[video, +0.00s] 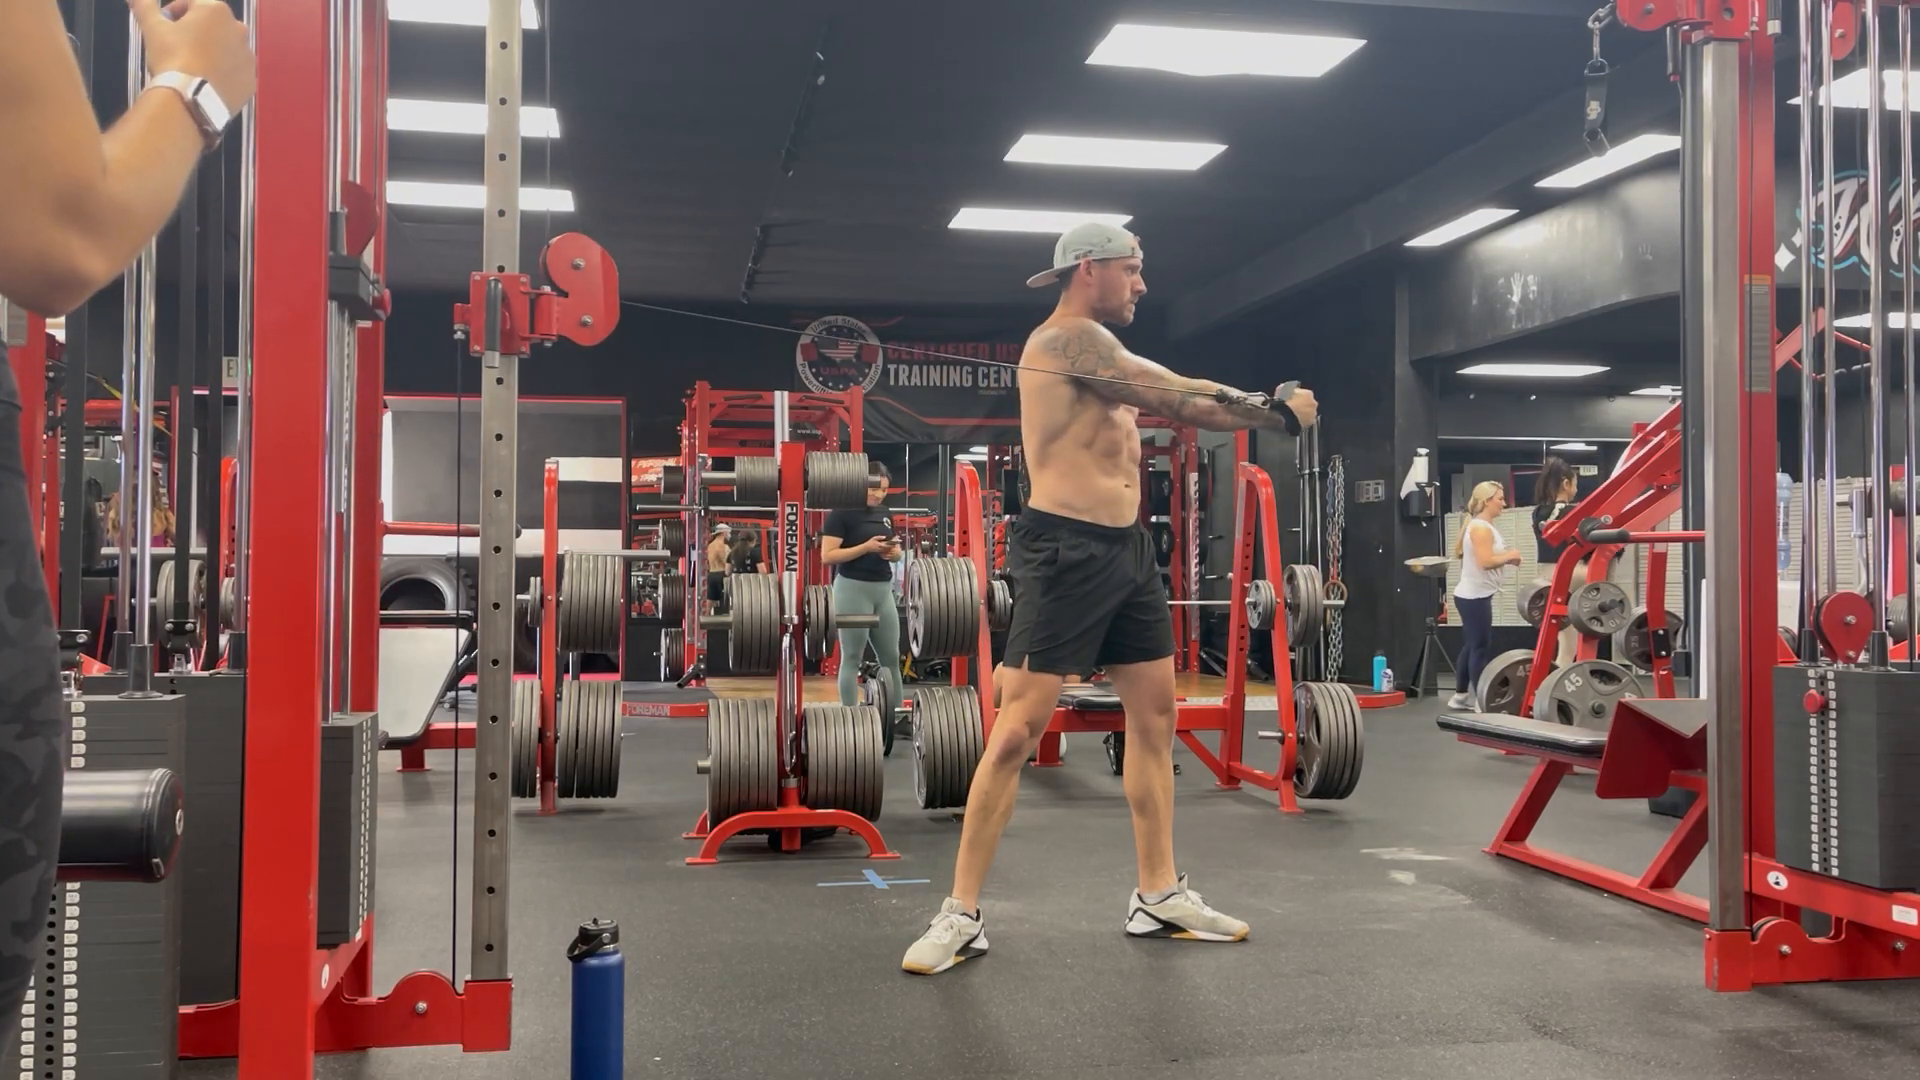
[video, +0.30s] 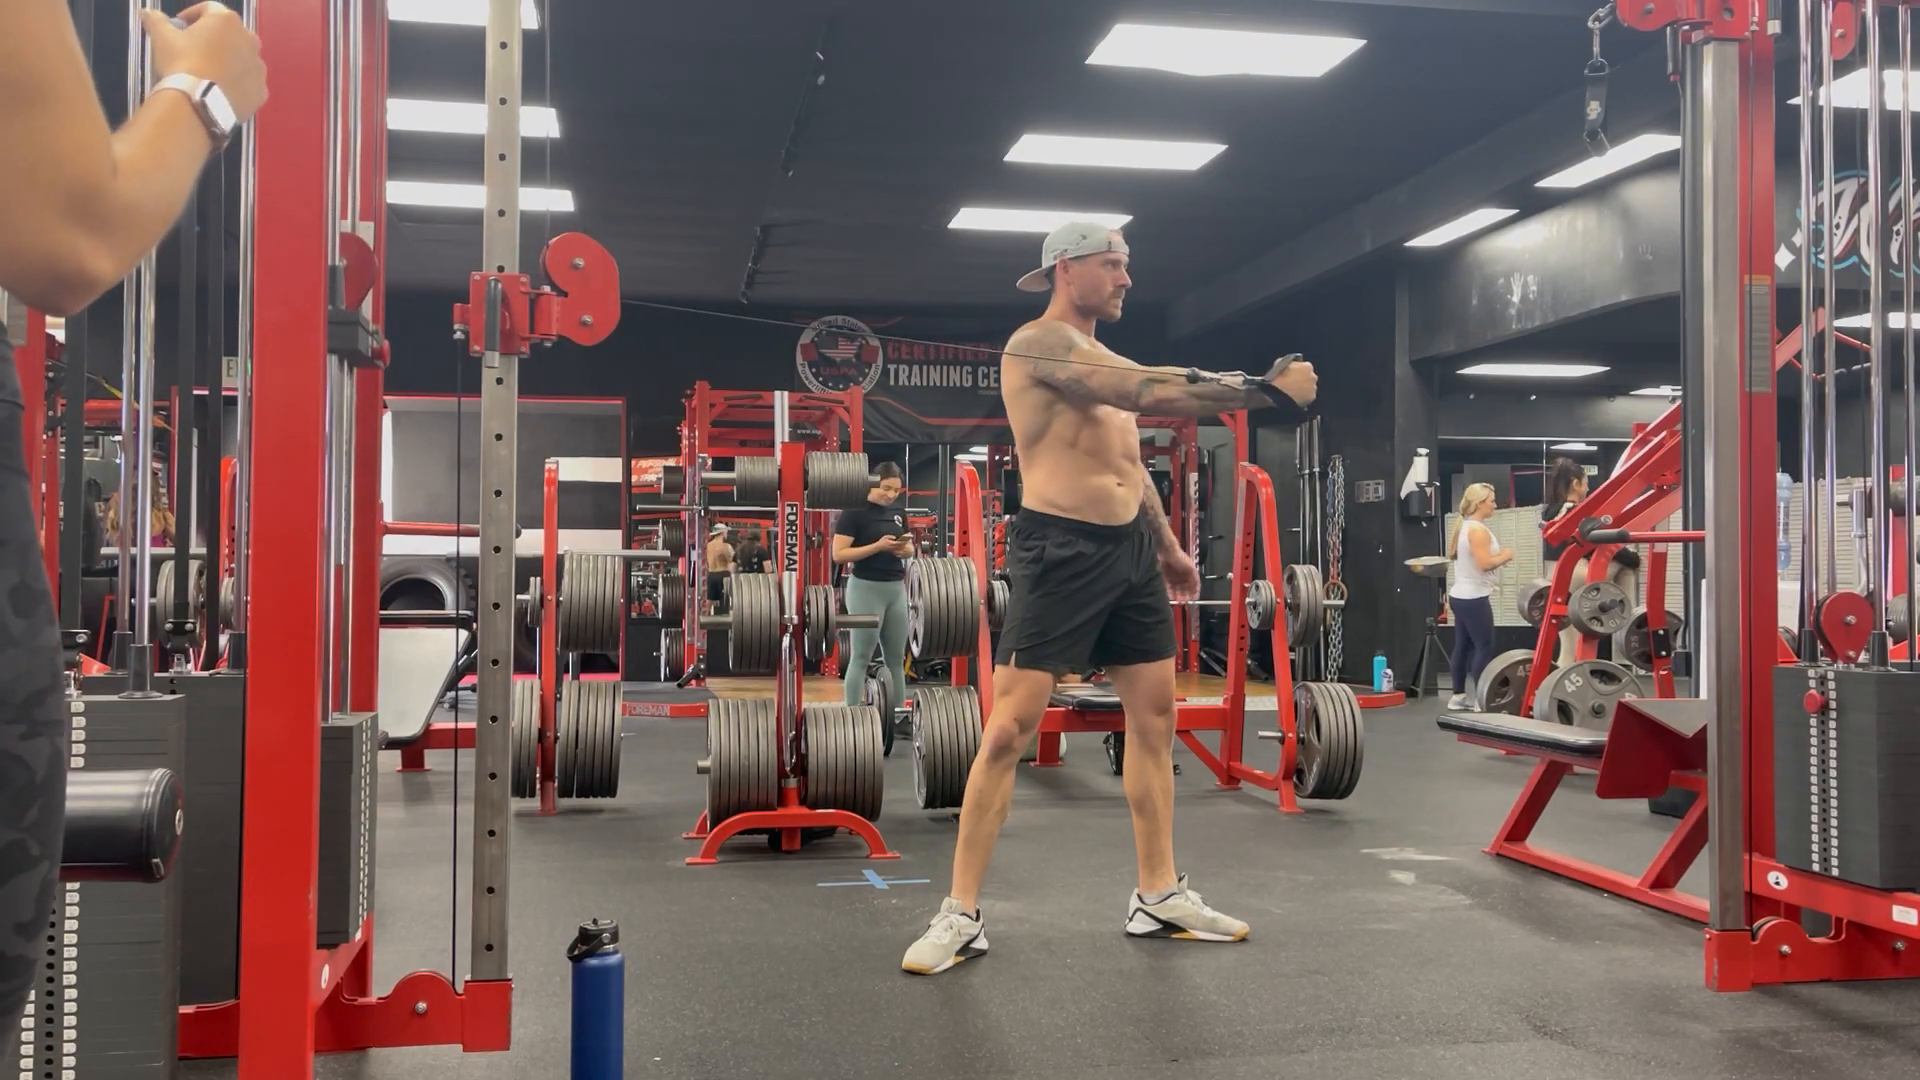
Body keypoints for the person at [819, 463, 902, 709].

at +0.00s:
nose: (875, 494)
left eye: (880, 489)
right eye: (871, 487)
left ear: (887, 490)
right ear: (860, 485)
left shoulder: (884, 514)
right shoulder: (842, 513)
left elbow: (895, 552)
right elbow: (827, 555)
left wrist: (895, 552)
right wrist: (865, 547)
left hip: (883, 591)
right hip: (852, 589)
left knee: (891, 657)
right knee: (852, 658)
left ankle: (897, 717)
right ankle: (850, 719)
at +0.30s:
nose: (891, 495)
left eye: (895, 490)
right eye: (886, 488)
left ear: (900, 489)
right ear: (873, 484)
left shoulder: (897, 513)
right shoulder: (854, 513)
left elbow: (909, 549)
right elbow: (838, 553)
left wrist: (907, 549)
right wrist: (877, 546)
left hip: (896, 590)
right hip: (865, 589)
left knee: (896, 659)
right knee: (861, 657)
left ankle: (898, 718)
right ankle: (852, 718)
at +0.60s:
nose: (900, 496)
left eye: (905, 491)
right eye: (896, 490)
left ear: (908, 491)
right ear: (881, 485)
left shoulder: (904, 515)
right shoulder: (862, 515)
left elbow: (918, 551)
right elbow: (848, 554)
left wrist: (916, 548)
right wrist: (886, 546)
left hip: (900, 592)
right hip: (874, 592)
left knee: (898, 660)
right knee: (867, 659)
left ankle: (901, 716)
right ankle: (853, 715)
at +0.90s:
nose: (905, 496)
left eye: (909, 492)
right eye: (900, 490)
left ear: (912, 490)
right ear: (885, 485)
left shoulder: (909, 514)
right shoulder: (866, 513)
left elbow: (921, 551)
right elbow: (853, 554)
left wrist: (918, 549)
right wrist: (892, 546)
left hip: (904, 591)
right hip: (876, 590)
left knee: (900, 659)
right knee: (869, 658)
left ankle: (901, 715)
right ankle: (854, 715)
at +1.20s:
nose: (905, 495)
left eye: (908, 490)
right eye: (900, 489)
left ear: (911, 489)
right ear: (884, 484)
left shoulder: (908, 514)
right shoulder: (866, 513)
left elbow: (921, 554)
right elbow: (851, 553)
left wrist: (919, 549)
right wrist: (891, 545)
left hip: (902, 591)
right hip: (875, 590)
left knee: (899, 659)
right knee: (868, 658)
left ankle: (901, 716)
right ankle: (854, 716)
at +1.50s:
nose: (904, 494)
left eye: (907, 489)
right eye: (899, 488)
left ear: (910, 489)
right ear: (883, 483)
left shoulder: (904, 514)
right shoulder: (865, 512)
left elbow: (915, 554)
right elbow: (850, 552)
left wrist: (916, 550)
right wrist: (891, 546)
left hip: (901, 591)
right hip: (874, 590)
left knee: (898, 660)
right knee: (867, 658)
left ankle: (901, 716)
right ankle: (854, 715)